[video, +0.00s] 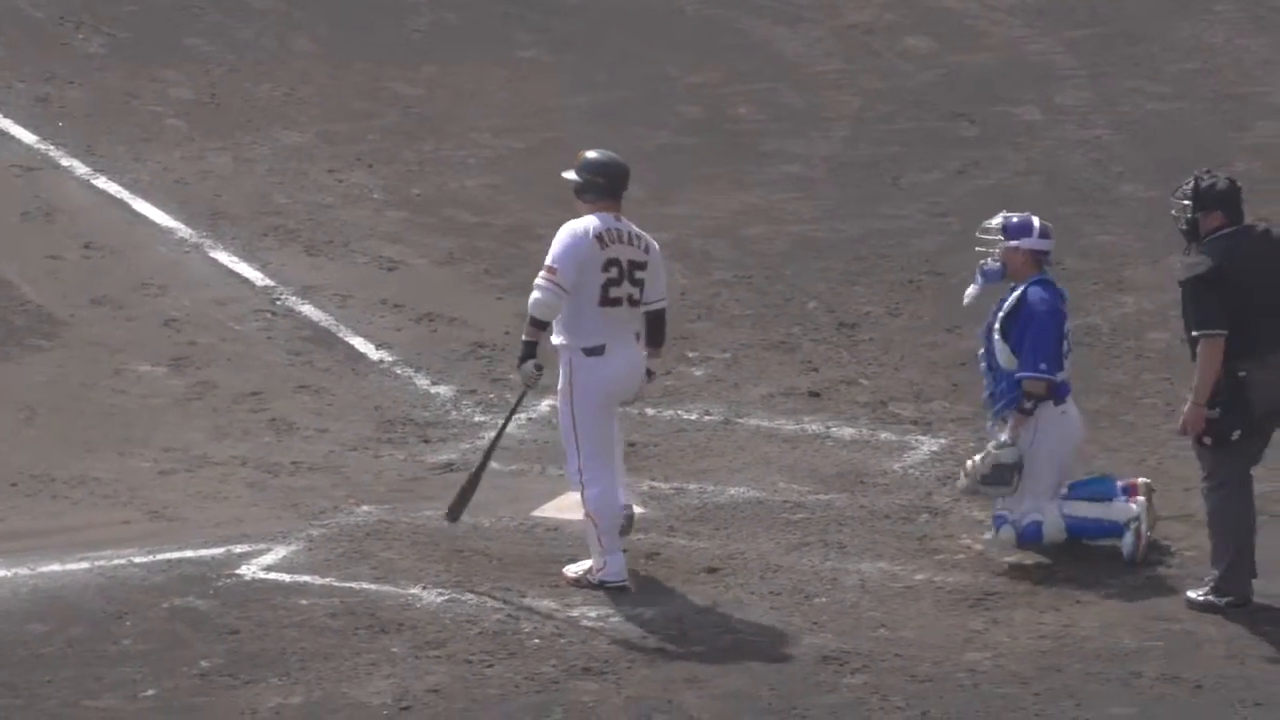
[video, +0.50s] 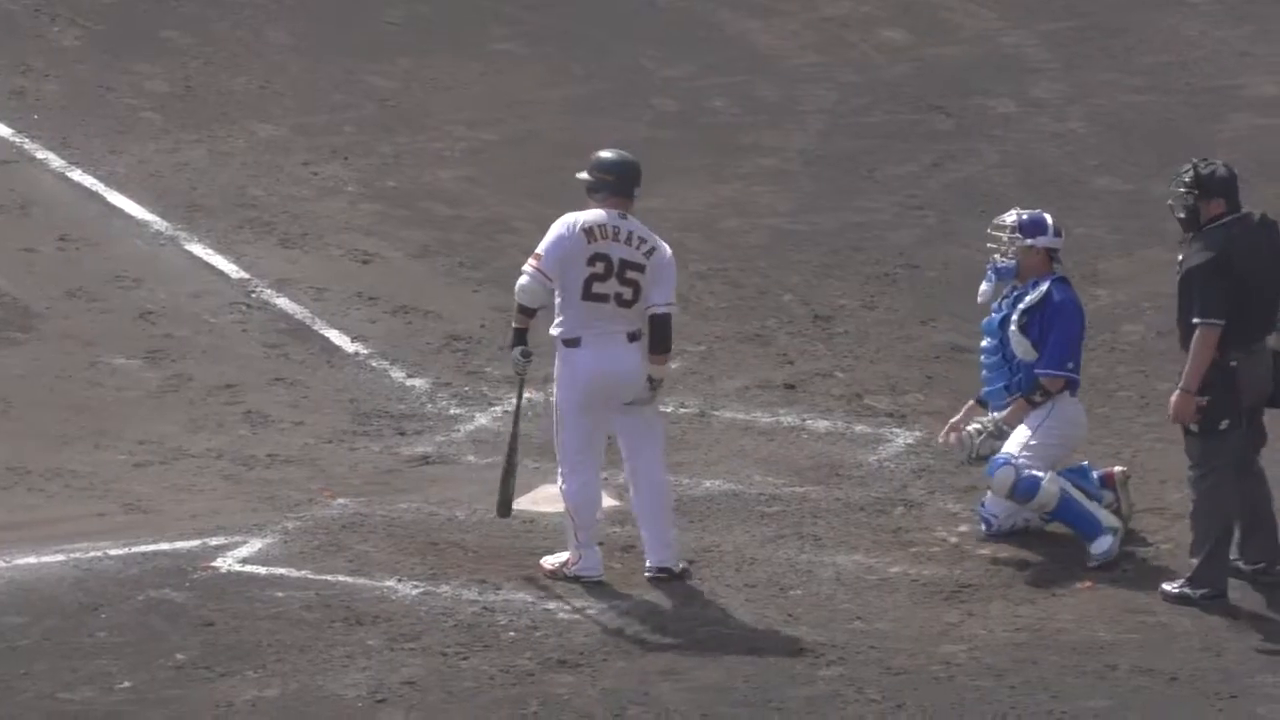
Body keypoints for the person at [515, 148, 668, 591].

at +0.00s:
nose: (573, 191)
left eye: (578, 186)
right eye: (576, 185)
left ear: (590, 189)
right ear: (618, 192)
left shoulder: (575, 234)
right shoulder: (646, 243)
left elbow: (544, 300)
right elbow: (655, 312)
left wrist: (529, 349)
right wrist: (652, 362)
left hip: (587, 364)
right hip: (631, 362)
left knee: (591, 466)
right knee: (601, 425)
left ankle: (608, 563)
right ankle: (619, 504)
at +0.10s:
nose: (572, 192)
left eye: (576, 187)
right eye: (574, 186)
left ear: (589, 190)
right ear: (618, 192)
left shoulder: (569, 232)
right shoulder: (646, 248)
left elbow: (537, 295)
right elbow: (654, 318)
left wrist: (523, 346)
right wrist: (651, 366)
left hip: (582, 366)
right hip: (630, 362)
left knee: (589, 467)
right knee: (620, 404)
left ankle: (603, 562)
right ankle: (636, 487)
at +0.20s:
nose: (572, 193)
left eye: (577, 188)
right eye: (575, 187)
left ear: (589, 190)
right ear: (618, 193)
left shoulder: (568, 229)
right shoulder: (646, 247)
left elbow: (533, 293)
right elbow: (658, 317)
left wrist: (520, 344)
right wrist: (654, 365)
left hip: (577, 362)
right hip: (628, 358)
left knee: (584, 465)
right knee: (631, 412)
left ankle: (597, 563)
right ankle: (652, 489)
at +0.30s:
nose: (574, 192)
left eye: (579, 187)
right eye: (577, 186)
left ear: (589, 191)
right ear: (621, 193)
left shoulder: (566, 227)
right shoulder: (648, 247)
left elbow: (530, 290)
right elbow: (661, 319)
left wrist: (518, 345)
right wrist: (658, 365)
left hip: (574, 362)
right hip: (626, 358)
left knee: (579, 465)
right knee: (648, 431)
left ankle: (593, 559)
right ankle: (664, 511)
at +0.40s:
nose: (579, 191)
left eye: (583, 186)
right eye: (582, 186)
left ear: (592, 189)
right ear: (626, 193)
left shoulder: (566, 226)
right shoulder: (651, 248)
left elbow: (528, 289)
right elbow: (660, 321)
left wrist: (517, 341)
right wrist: (657, 372)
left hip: (573, 360)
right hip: (625, 357)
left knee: (576, 463)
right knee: (648, 439)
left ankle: (587, 557)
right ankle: (669, 538)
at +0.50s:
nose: (585, 191)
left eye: (589, 186)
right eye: (588, 185)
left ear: (598, 188)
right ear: (631, 192)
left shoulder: (570, 226)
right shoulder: (657, 248)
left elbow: (530, 289)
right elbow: (660, 321)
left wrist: (519, 341)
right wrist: (656, 378)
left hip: (578, 358)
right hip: (632, 356)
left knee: (578, 464)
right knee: (647, 466)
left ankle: (583, 556)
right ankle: (661, 557)